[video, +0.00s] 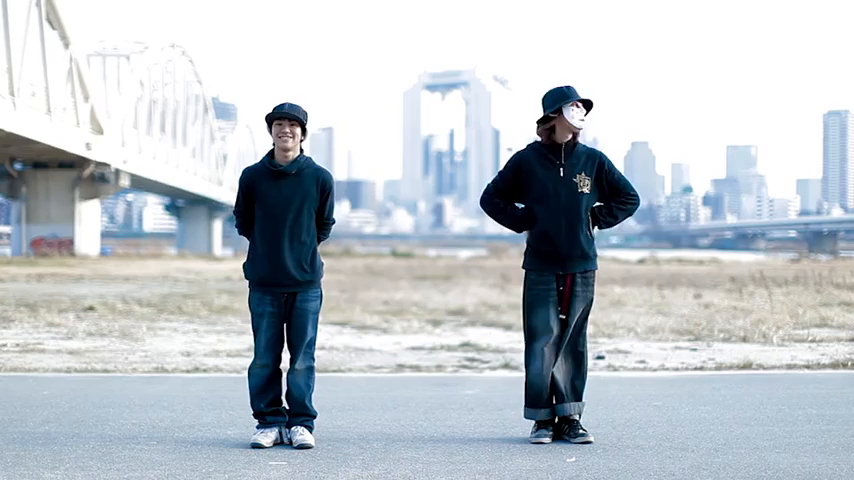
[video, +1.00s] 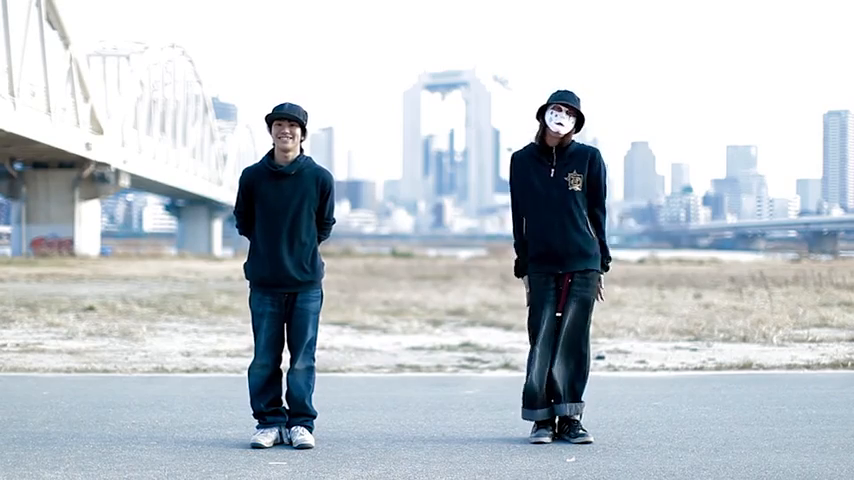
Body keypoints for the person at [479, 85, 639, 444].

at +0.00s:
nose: (582, 115)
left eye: (582, 109)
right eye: (575, 109)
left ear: (578, 116)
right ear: (555, 114)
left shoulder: (593, 159)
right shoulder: (527, 159)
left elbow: (629, 199)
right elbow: (490, 199)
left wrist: (594, 218)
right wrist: (523, 221)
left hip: (581, 262)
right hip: (542, 262)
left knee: (574, 340)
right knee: (542, 337)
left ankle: (569, 418)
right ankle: (543, 420)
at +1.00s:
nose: (560, 120)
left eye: (568, 115)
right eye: (555, 112)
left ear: (576, 122)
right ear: (544, 116)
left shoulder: (589, 158)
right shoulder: (522, 159)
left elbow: (597, 213)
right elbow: (518, 212)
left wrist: (602, 261)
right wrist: (522, 256)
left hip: (583, 259)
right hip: (540, 260)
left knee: (574, 334)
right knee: (542, 335)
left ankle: (570, 418)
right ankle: (543, 419)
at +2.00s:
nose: (585, 124)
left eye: (590, 118)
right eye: (577, 122)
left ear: (601, 125)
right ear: (568, 132)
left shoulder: (605, 173)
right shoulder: (553, 169)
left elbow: (592, 226)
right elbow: (528, 219)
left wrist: (580, 263)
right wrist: (505, 256)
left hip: (570, 271)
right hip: (532, 269)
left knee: (566, 339)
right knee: (529, 340)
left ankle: (571, 416)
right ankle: (540, 418)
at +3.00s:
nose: (532, 122)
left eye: (540, 119)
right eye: (527, 117)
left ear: (550, 130)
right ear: (517, 124)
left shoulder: (561, 161)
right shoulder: (512, 171)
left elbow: (590, 206)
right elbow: (526, 222)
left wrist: (625, 249)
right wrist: (538, 264)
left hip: (589, 264)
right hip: (554, 266)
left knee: (587, 337)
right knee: (557, 338)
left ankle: (587, 416)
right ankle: (556, 416)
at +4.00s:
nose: (588, 117)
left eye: (594, 111)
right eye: (580, 113)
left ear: (605, 119)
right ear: (571, 121)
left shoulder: (607, 162)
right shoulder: (555, 154)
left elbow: (599, 215)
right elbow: (532, 203)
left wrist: (592, 255)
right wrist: (504, 248)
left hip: (576, 264)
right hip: (540, 262)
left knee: (571, 337)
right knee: (535, 337)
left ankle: (572, 413)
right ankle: (543, 415)